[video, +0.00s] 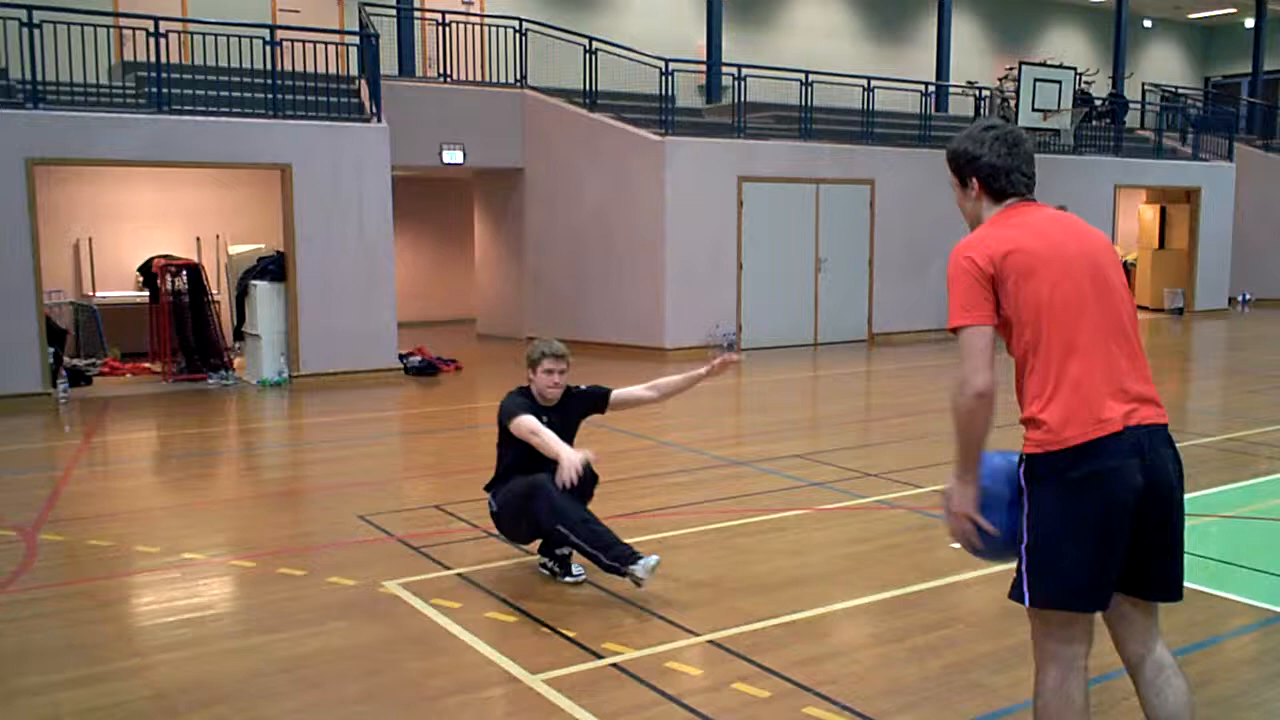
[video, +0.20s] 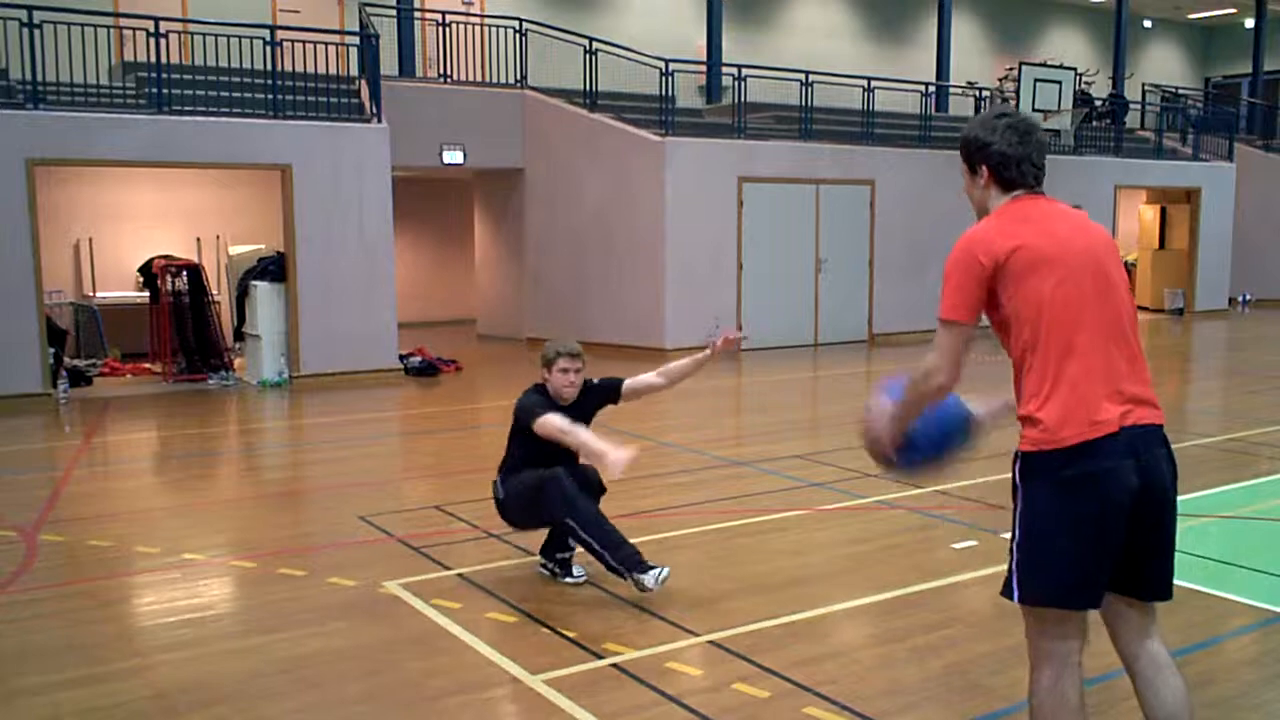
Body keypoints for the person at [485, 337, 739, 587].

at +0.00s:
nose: (555, 380)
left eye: (561, 373)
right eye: (548, 373)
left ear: (567, 374)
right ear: (531, 374)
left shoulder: (578, 399)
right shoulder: (514, 404)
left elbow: (651, 392)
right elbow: (533, 433)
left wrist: (703, 373)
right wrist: (566, 454)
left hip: (553, 504)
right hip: (511, 510)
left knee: (583, 472)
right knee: (539, 486)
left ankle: (555, 554)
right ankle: (628, 562)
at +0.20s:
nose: (571, 379)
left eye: (577, 372)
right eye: (563, 372)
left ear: (583, 373)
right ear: (546, 374)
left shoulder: (591, 394)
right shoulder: (531, 403)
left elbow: (658, 378)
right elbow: (563, 431)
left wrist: (709, 354)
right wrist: (608, 452)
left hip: (558, 488)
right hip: (516, 498)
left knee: (589, 478)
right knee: (558, 482)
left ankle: (556, 556)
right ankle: (635, 568)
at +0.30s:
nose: (585, 367)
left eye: (590, 360)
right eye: (576, 360)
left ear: (596, 361)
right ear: (557, 363)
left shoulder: (597, 377)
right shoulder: (542, 388)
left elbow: (660, 367)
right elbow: (574, 409)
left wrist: (706, 345)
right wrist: (617, 413)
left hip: (562, 464)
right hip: (517, 471)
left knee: (591, 478)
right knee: (563, 482)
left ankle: (556, 556)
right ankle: (625, 572)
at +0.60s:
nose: (598, 324)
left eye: (603, 316)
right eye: (589, 317)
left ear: (608, 318)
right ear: (570, 319)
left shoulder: (611, 341)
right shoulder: (552, 345)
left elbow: (662, 353)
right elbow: (578, 369)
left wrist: (701, 350)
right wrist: (617, 368)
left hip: (568, 430)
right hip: (520, 426)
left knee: (586, 484)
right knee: (558, 454)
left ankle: (554, 556)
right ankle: (597, 559)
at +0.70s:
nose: (596, 325)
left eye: (601, 318)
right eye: (587, 318)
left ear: (607, 319)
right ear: (568, 321)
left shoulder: (608, 342)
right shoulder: (550, 348)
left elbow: (647, 361)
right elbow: (580, 379)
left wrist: (681, 369)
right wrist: (623, 388)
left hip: (568, 427)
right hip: (520, 423)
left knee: (582, 485)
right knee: (557, 453)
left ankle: (553, 555)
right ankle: (593, 560)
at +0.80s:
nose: (594, 323)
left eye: (599, 315)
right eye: (585, 316)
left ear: (605, 317)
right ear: (567, 319)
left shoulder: (612, 344)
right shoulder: (547, 349)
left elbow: (648, 389)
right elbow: (569, 410)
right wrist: (629, 418)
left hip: (572, 421)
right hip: (523, 419)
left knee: (580, 488)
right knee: (557, 453)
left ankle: (553, 555)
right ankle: (586, 568)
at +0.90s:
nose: (598, 321)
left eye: (603, 313)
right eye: (589, 313)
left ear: (609, 315)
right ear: (570, 317)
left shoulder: (615, 348)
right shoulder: (544, 346)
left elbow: (640, 401)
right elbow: (531, 423)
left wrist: (653, 430)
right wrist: (590, 434)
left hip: (577, 420)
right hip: (527, 417)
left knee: (584, 490)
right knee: (558, 478)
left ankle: (553, 555)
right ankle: (581, 576)